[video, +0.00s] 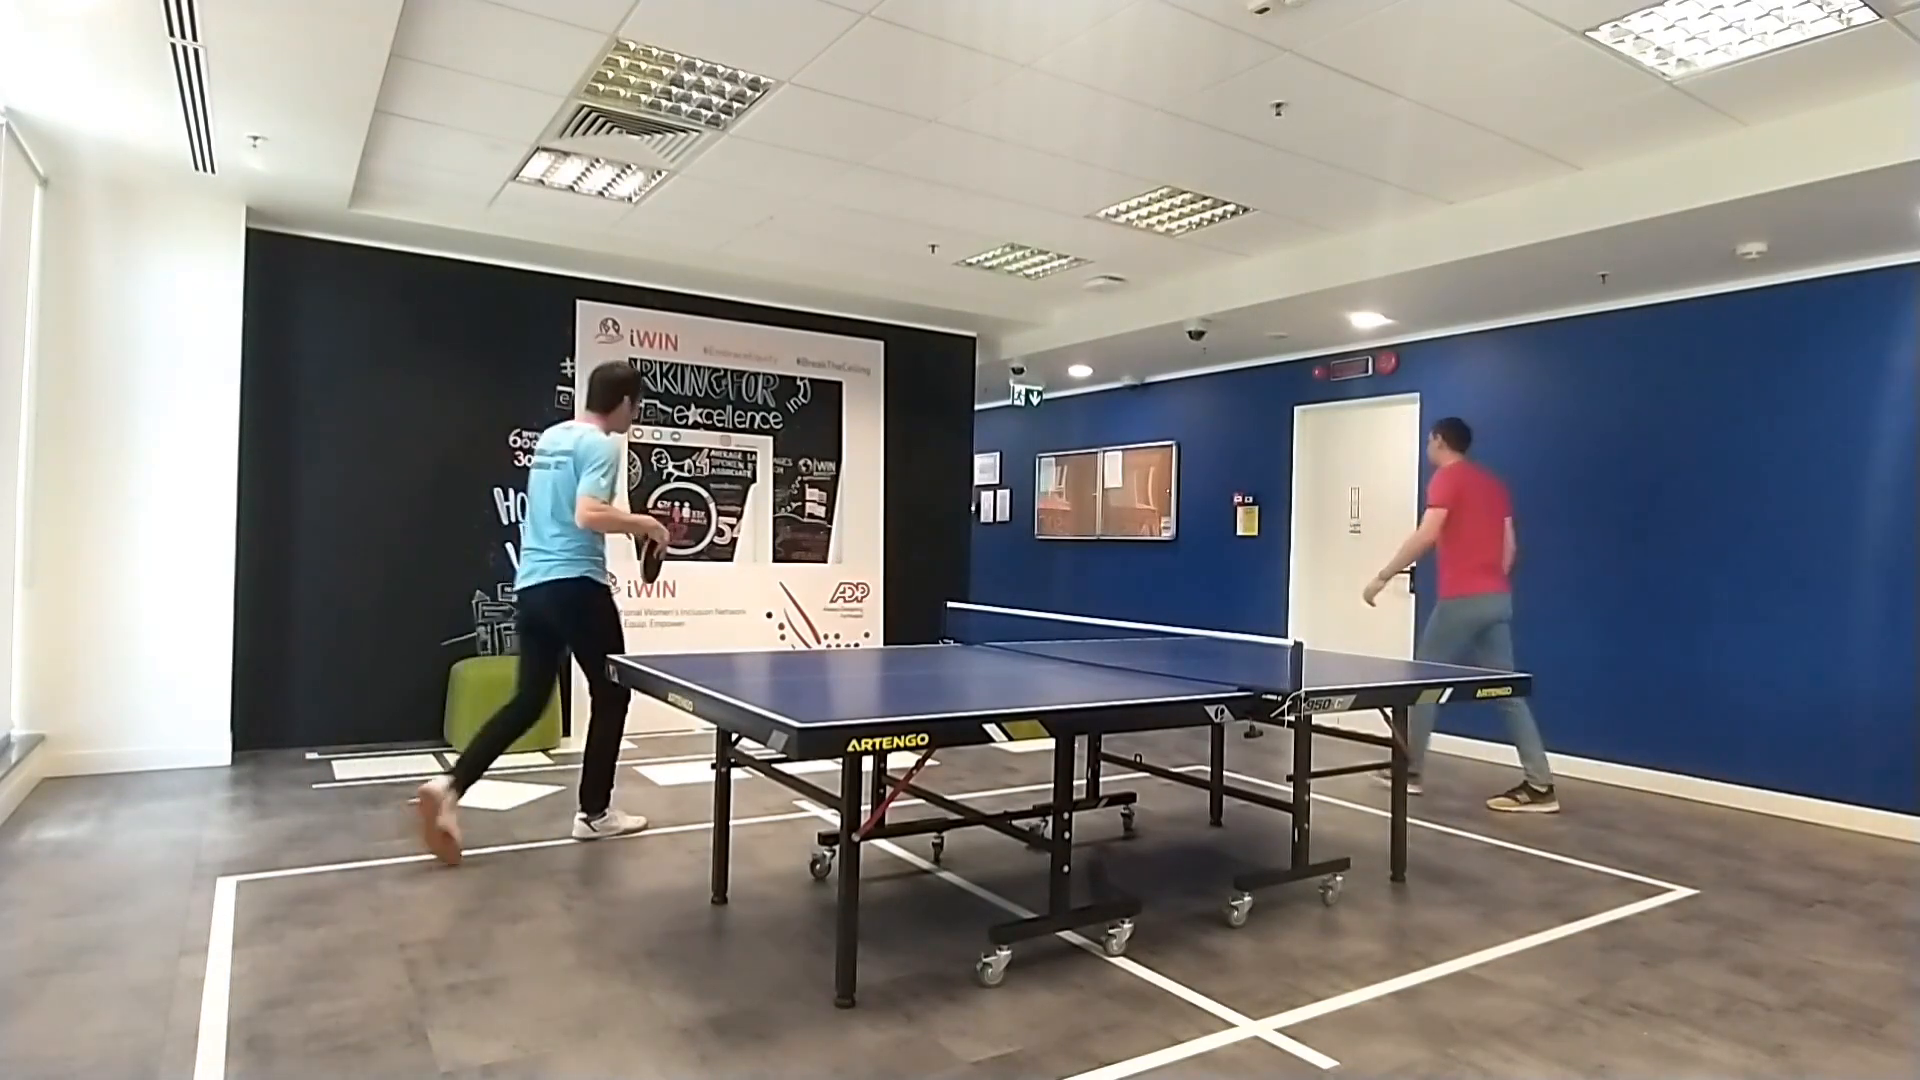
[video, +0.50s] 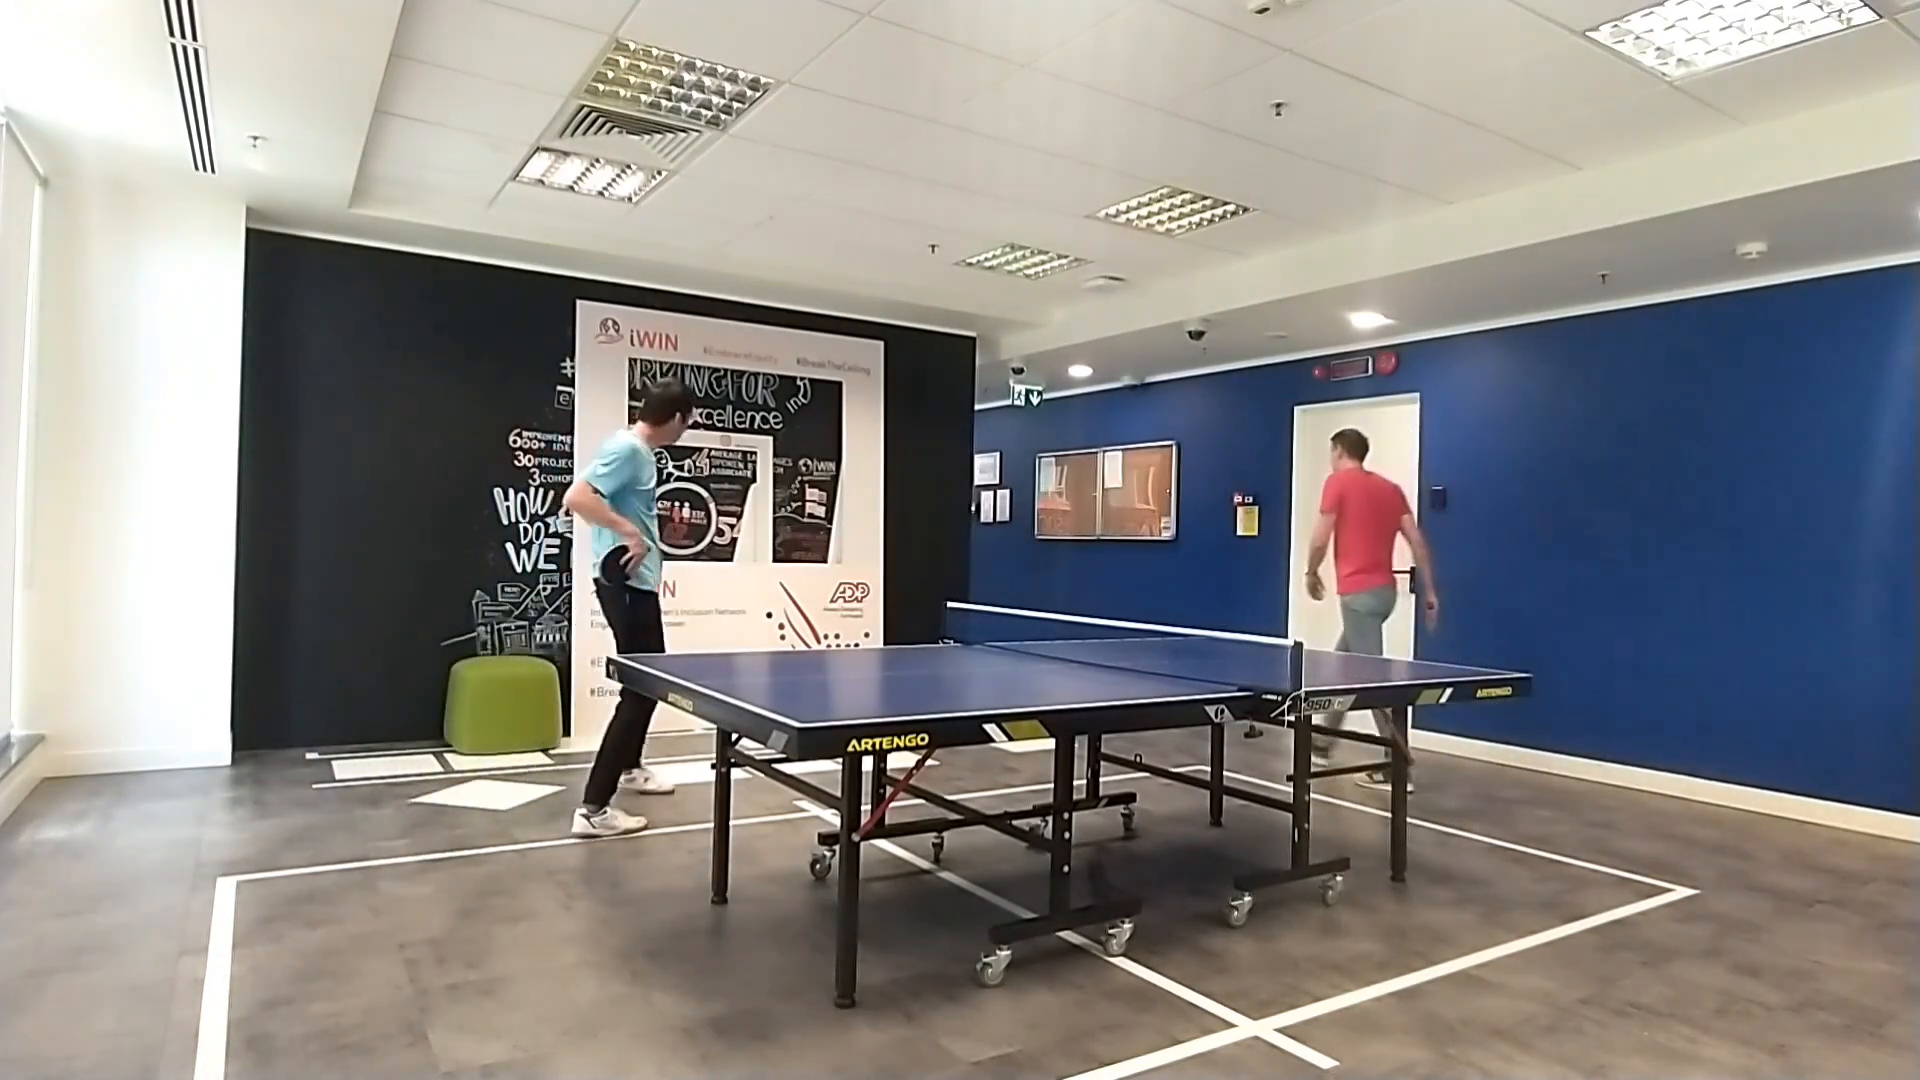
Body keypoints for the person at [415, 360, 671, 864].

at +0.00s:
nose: (636, 415)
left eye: (636, 406)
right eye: (636, 406)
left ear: (592, 397)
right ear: (624, 403)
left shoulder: (550, 437)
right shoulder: (602, 445)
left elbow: (555, 512)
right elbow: (588, 512)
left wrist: (633, 520)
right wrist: (646, 524)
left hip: (533, 590)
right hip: (579, 589)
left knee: (529, 701)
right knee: (612, 695)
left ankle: (446, 790)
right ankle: (595, 813)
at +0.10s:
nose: (652, 410)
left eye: (652, 400)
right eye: (652, 400)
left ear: (608, 393)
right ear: (640, 398)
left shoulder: (567, 435)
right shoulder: (613, 441)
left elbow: (578, 513)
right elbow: (599, 511)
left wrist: (630, 524)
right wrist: (651, 521)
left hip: (552, 579)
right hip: (591, 580)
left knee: (573, 685)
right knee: (620, 692)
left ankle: (499, 772)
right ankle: (595, 811)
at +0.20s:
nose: (662, 407)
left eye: (662, 398)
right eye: (662, 398)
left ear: (619, 390)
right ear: (651, 396)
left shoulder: (582, 432)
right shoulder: (623, 437)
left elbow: (556, 500)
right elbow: (605, 504)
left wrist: (617, 515)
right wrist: (655, 514)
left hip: (572, 572)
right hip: (604, 574)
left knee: (604, 674)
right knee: (623, 686)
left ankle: (547, 771)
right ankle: (595, 812)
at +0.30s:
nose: (673, 411)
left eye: (673, 402)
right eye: (673, 402)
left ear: (632, 393)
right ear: (663, 400)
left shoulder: (598, 434)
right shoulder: (629, 437)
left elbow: (563, 500)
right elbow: (606, 501)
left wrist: (624, 517)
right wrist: (656, 516)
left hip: (590, 570)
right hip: (612, 572)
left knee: (620, 681)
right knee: (626, 683)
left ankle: (595, 781)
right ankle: (595, 810)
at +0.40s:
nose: (680, 419)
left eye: (681, 410)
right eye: (681, 410)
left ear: (640, 400)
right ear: (671, 408)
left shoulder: (611, 438)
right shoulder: (632, 443)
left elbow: (572, 499)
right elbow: (593, 496)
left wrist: (625, 522)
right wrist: (644, 521)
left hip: (608, 571)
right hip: (616, 573)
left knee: (637, 676)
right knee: (630, 685)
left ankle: (630, 763)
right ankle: (593, 810)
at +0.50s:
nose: (686, 428)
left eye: (687, 421)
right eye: (687, 420)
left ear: (653, 411)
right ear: (674, 418)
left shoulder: (641, 454)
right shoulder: (626, 449)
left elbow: (605, 504)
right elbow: (578, 497)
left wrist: (654, 529)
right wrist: (627, 530)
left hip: (638, 581)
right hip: (625, 581)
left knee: (651, 678)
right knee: (641, 687)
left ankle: (630, 766)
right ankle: (593, 808)